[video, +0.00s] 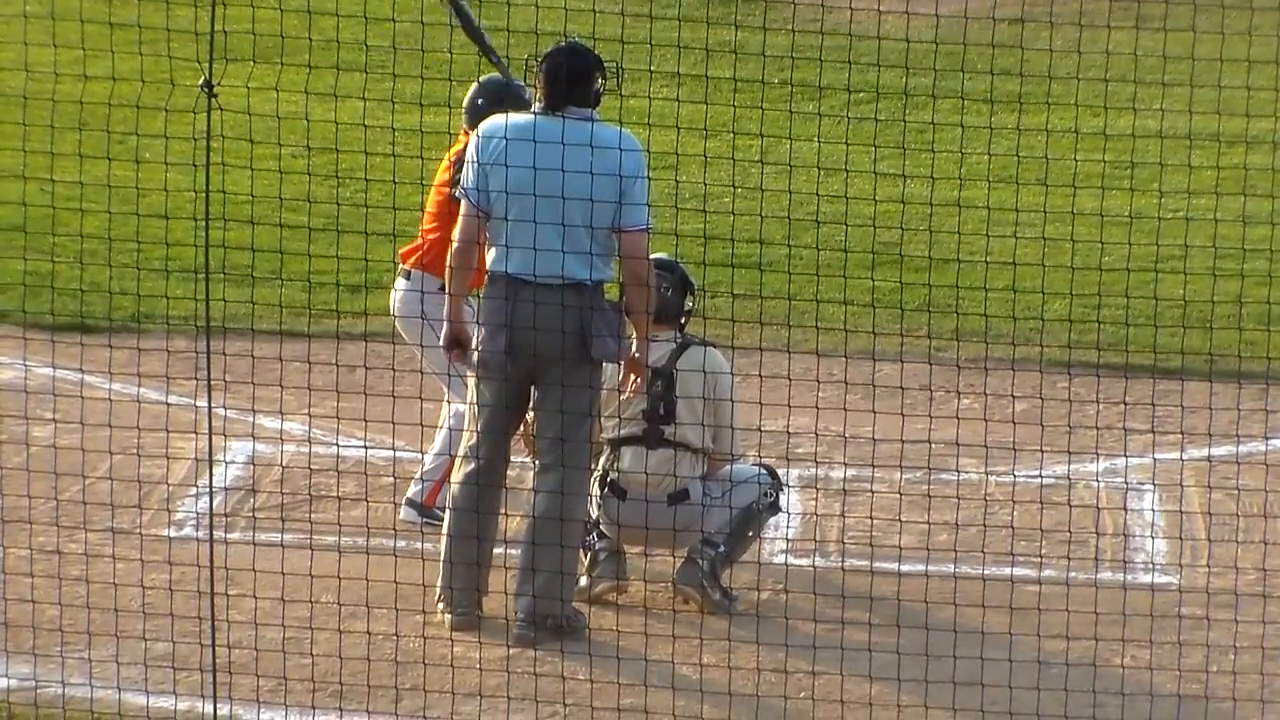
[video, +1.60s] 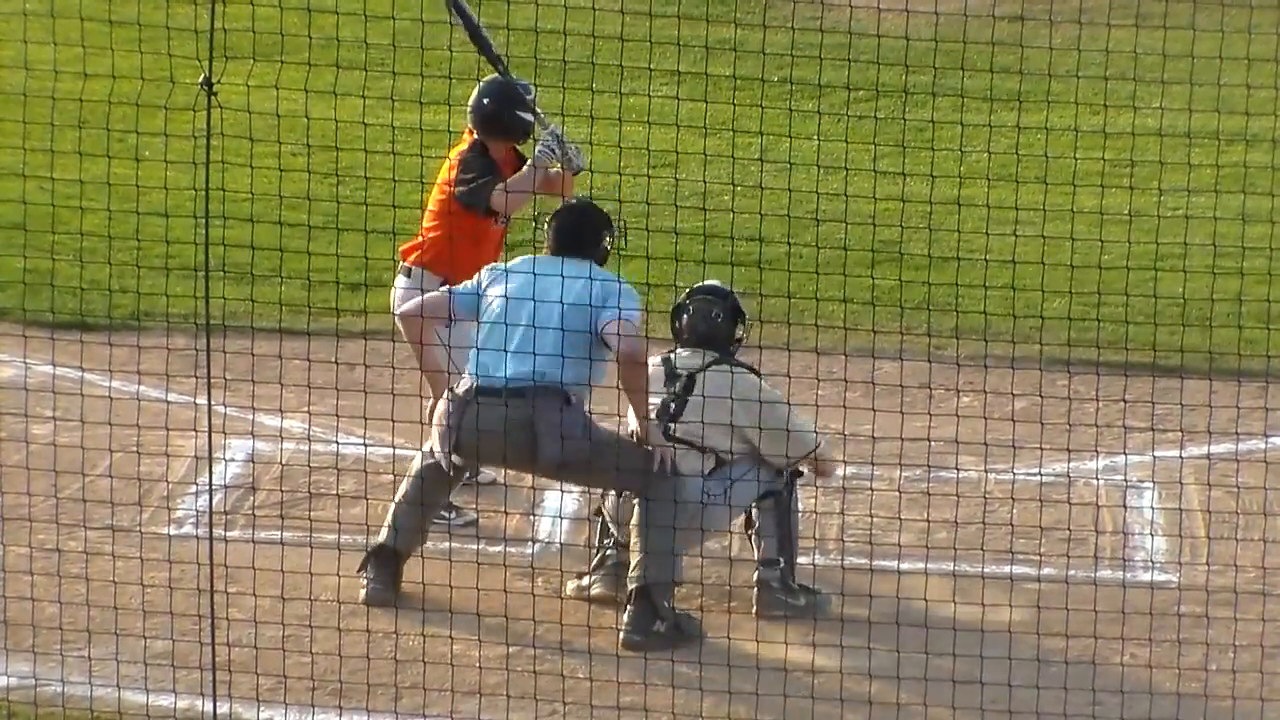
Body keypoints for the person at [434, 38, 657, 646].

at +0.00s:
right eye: (598, 89)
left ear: (540, 87)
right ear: (596, 92)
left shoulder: (494, 135)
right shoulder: (623, 148)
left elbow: (466, 240)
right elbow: (635, 260)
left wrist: (455, 311)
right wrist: (639, 342)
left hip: (505, 309)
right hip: (580, 316)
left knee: (482, 454)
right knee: (565, 464)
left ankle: (459, 598)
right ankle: (543, 609)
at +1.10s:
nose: (579, 147)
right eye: (576, 140)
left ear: (515, 136)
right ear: (569, 142)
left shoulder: (469, 177)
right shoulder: (584, 186)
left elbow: (404, 256)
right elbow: (600, 270)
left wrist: (429, 333)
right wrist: (630, 340)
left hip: (460, 332)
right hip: (535, 337)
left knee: (431, 437)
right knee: (617, 446)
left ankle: (383, 565)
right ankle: (586, 574)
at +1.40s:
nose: (598, 209)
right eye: (595, 202)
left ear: (538, 197)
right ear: (590, 204)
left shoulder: (490, 237)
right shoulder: (603, 247)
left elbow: (405, 297)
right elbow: (625, 320)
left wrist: (435, 366)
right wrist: (645, 397)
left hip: (467, 389)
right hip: (547, 393)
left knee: (441, 450)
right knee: (652, 473)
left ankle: (383, 561)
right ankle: (648, 605)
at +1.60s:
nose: (607, 250)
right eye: (606, 244)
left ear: (548, 241)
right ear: (601, 249)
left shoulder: (501, 274)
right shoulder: (611, 287)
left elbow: (412, 313)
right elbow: (628, 350)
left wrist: (444, 386)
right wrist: (641, 420)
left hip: (469, 420)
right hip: (548, 426)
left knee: (439, 460)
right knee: (662, 479)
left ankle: (383, 567)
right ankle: (649, 610)